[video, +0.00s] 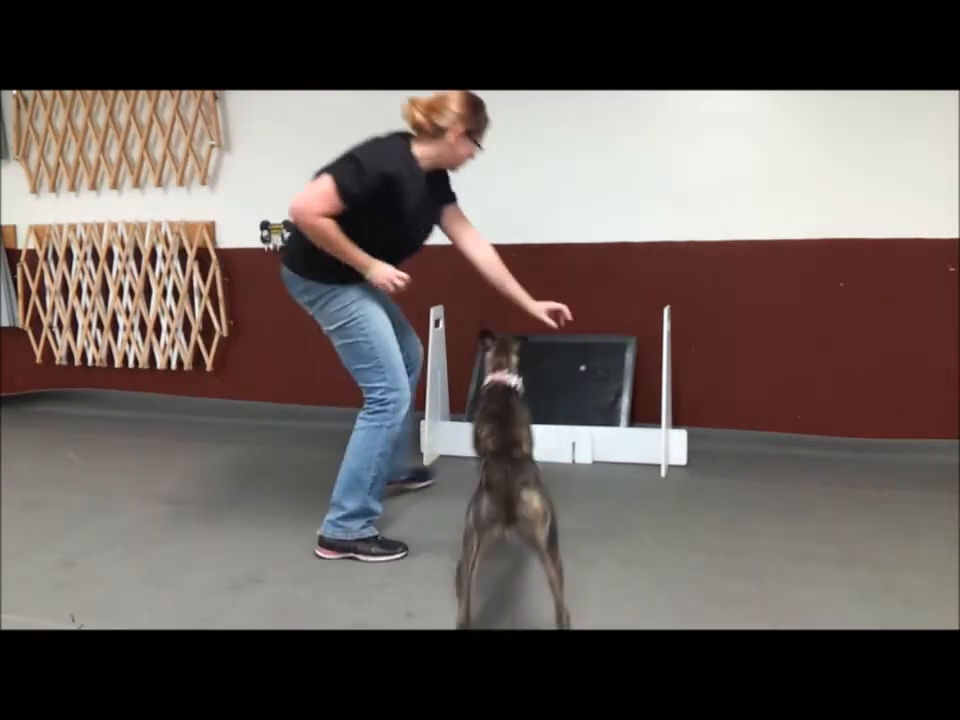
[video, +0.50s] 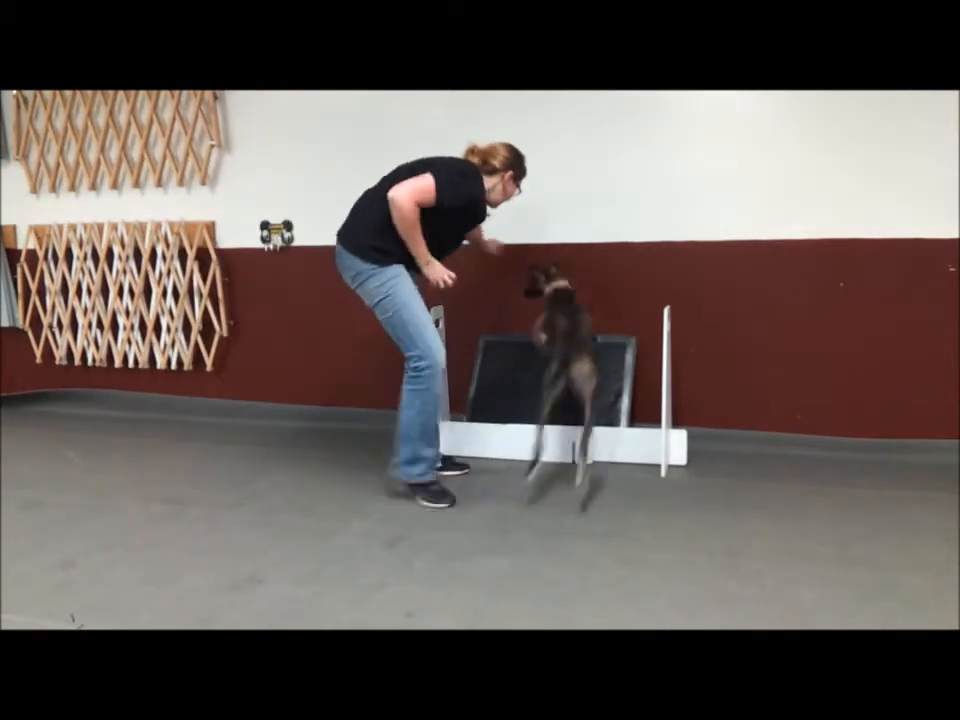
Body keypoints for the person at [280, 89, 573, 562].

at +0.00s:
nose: (475, 152)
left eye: (477, 142)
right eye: (474, 141)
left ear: (450, 133)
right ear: (452, 133)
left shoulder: (432, 179)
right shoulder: (382, 159)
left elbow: (472, 244)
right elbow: (305, 209)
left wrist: (530, 304)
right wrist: (368, 265)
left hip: (356, 278)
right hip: (323, 277)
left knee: (409, 358)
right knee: (387, 393)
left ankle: (389, 469)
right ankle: (345, 529)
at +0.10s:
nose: (494, 173)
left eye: (497, 164)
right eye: (493, 162)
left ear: (471, 155)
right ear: (473, 153)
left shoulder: (451, 197)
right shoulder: (412, 172)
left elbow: (490, 251)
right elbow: (336, 210)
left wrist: (547, 303)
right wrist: (391, 269)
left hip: (367, 282)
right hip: (338, 280)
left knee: (410, 367)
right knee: (392, 394)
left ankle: (423, 453)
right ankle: (345, 529)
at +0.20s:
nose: (507, 191)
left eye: (510, 184)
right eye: (507, 181)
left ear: (488, 173)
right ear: (491, 172)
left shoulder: (467, 213)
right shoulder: (439, 181)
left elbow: (505, 253)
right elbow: (367, 204)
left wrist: (558, 294)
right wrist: (407, 272)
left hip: (382, 279)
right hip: (355, 275)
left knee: (421, 362)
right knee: (393, 390)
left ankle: (419, 457)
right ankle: (347, 522)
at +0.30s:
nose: (512, 202)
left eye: (515, 195)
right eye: (514, 194)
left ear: (491, 183)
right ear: (502, 186)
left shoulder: (470, 215)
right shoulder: (456, 186)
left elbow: (500, 246)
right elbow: (391, 201)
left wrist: (543, 273)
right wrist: (419, 271)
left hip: (389, 271)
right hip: (363, 266)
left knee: (425, 356)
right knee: (402, 376)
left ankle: (420, 456)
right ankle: (350, 504)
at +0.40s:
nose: (513, 202)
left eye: (516, 195)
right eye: (515, 193)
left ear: (495, 180)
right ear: (504, 183)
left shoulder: (471, 203)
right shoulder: (466, 186)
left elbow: (487, 234)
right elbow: (405, 198)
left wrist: (511, 253)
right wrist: (426, 267)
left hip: (388, 262)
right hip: (367, 259)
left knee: (425, 361)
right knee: (415, 365)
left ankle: (421, 457)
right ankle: (369, 482)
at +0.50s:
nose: (514, 194)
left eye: (517, 188)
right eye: (515, 186)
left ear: (498, 175)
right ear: (503, 176)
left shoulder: (470, 189)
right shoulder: (465, 182)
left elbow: (467, 221)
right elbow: (401, 196)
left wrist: (483, 243)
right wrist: (426, 262)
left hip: (386, 258)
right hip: (370, 257)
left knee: (431, 355)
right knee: (427, 357)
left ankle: (426, 454)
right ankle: (414, 472)